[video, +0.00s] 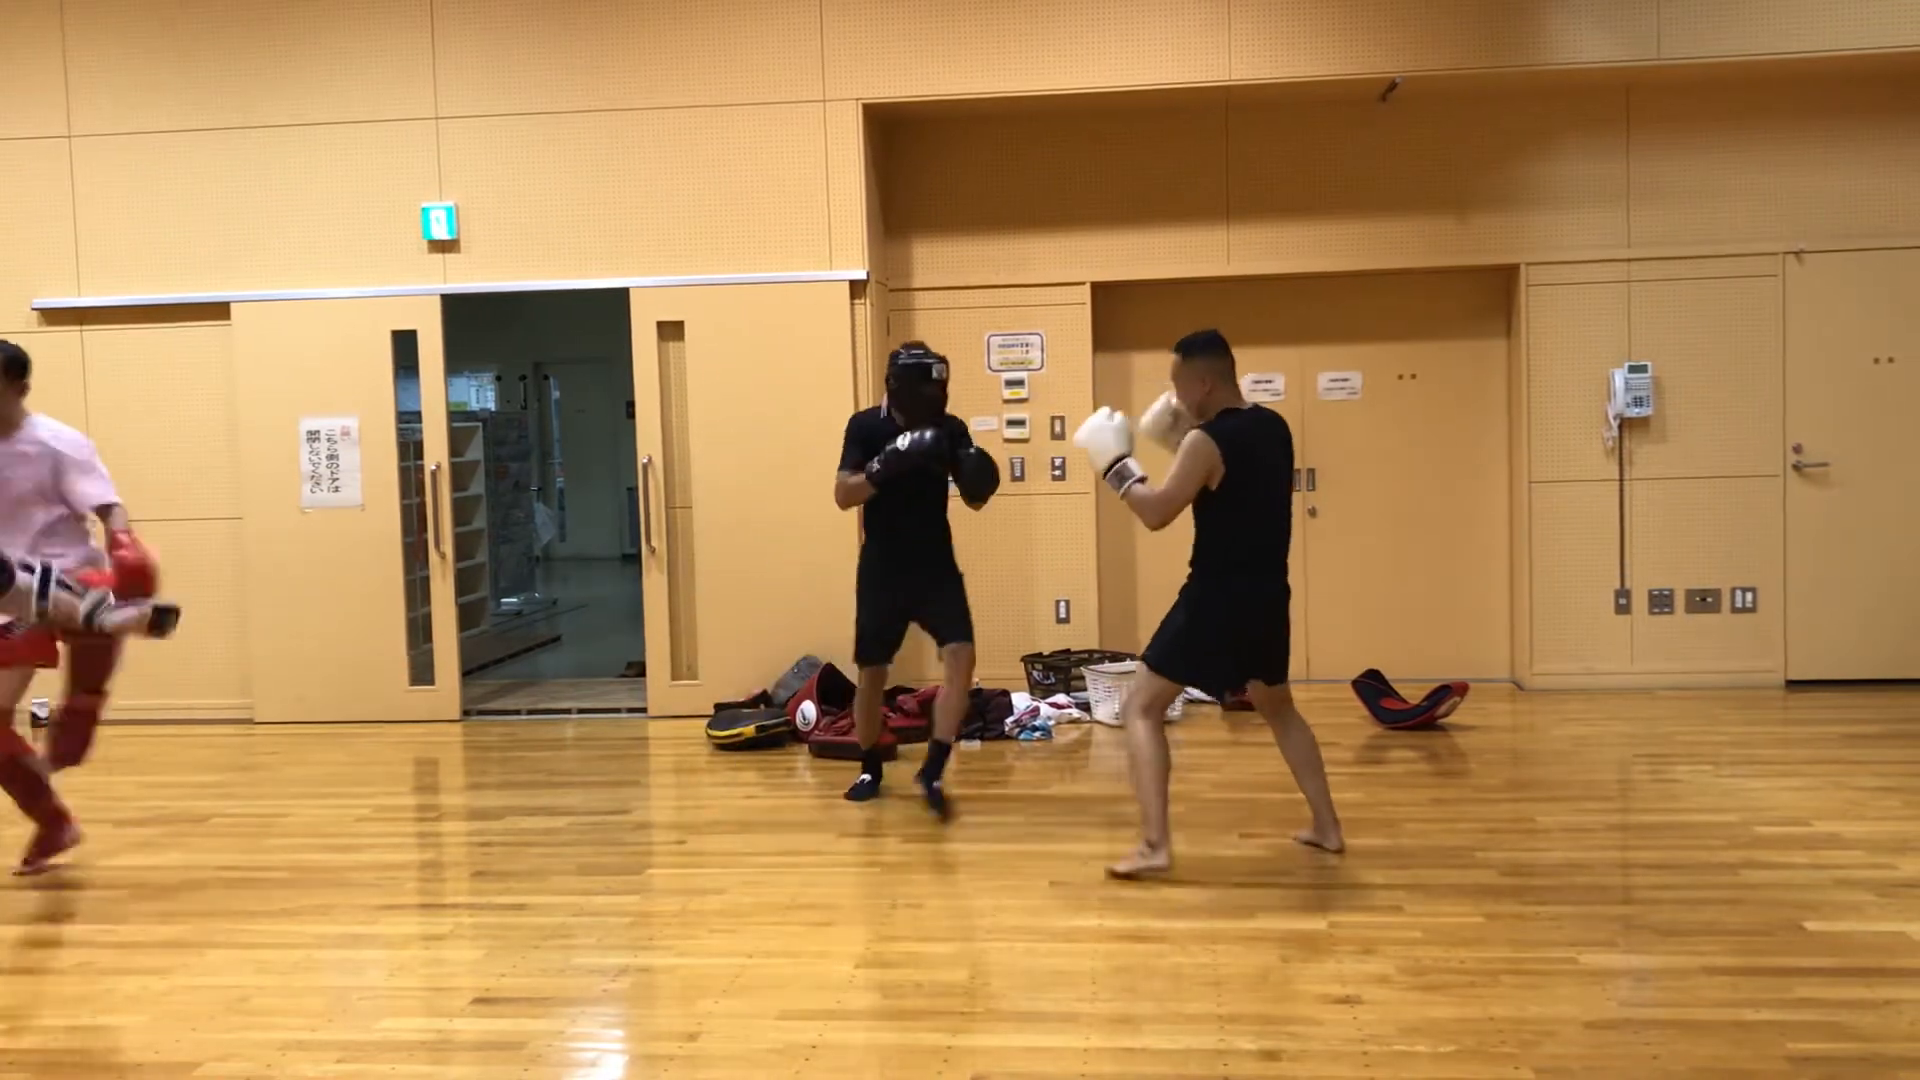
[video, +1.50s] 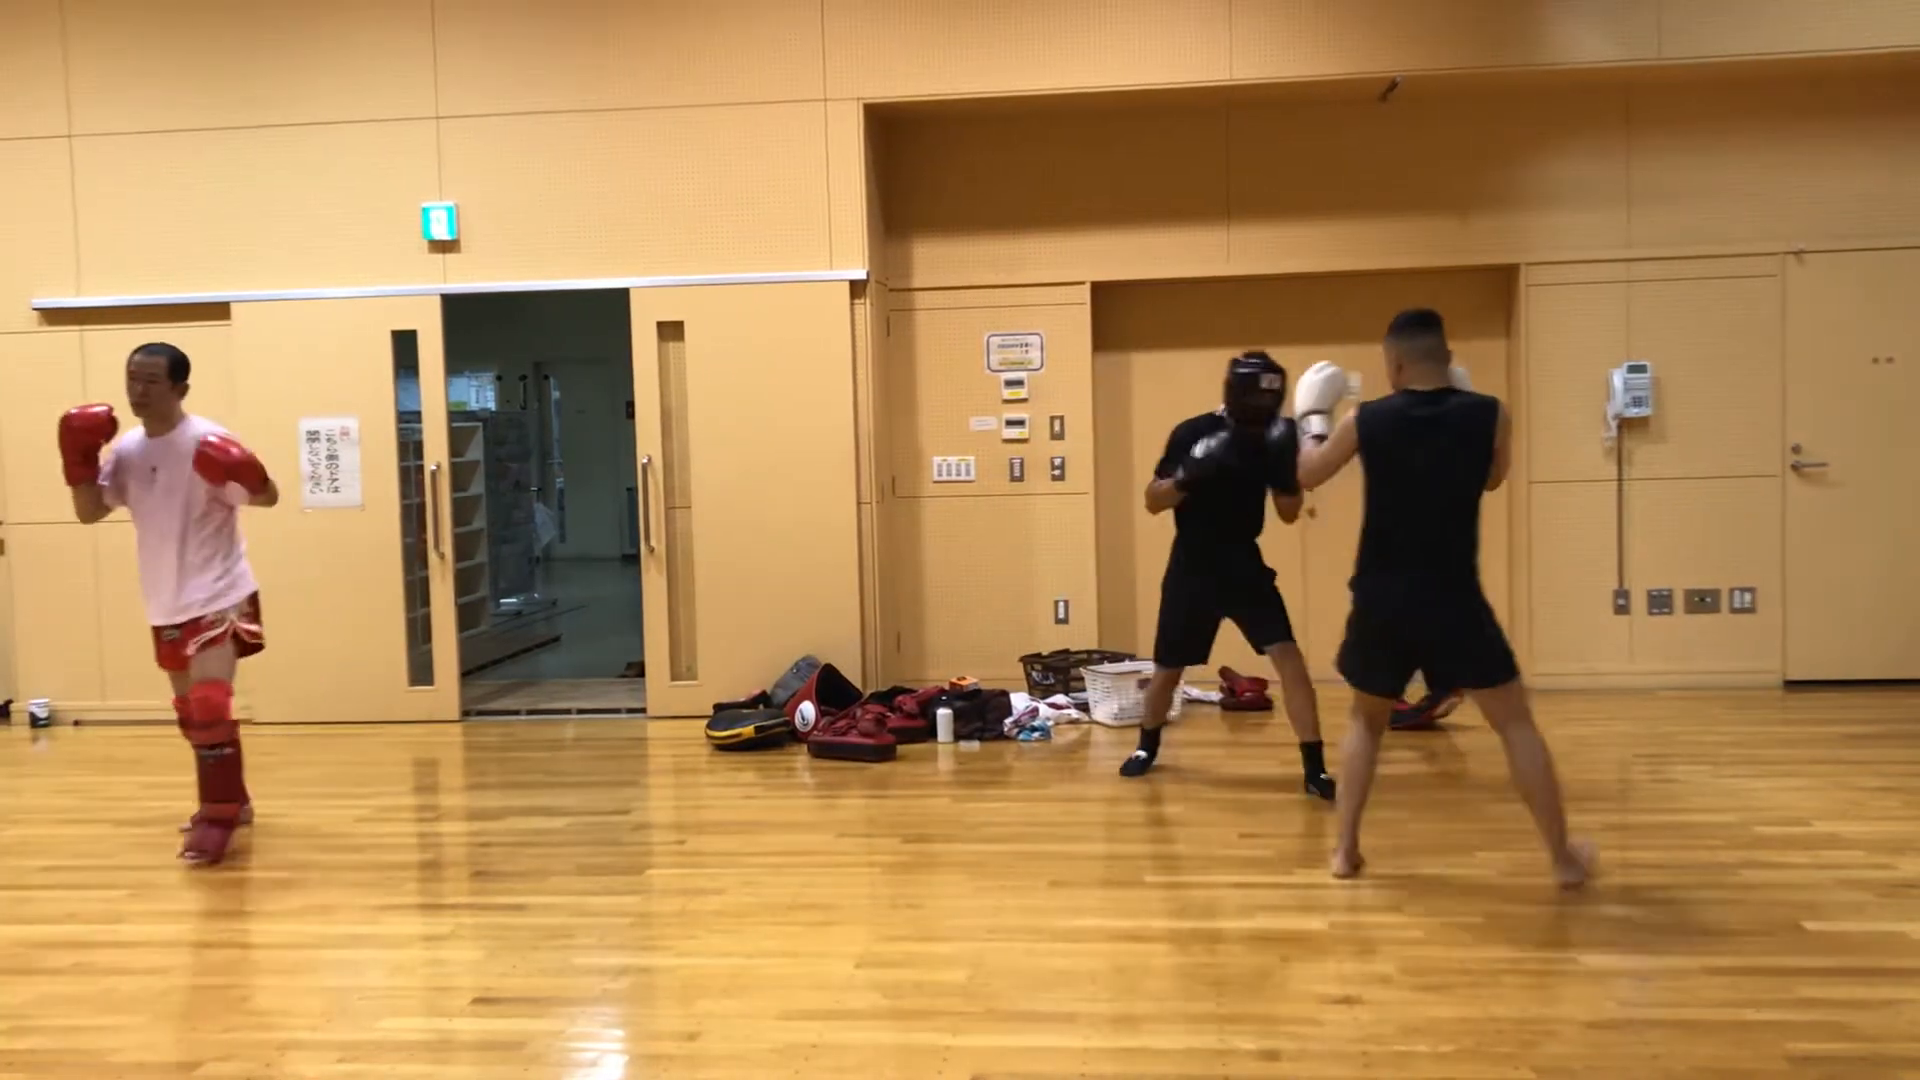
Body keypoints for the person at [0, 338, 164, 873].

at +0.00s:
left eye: (3, 388)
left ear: (20, 387)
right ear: (11, 387)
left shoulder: (57, 446)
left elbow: (107, 505)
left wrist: (122, 545)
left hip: (73, 587)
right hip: (15, 598)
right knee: (1, 725)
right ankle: (52, 822)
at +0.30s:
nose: (72, 395)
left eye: (83, 386)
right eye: (68, 385)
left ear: (118, 391)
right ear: (64, 389)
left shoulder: (166, 450)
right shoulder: (55, 462)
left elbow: (210, 508)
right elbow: (18, 538)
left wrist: (242, 549)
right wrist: (35, 513)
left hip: (184, 603)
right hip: (105, 618)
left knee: (254, 699)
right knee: (64, 735)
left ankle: (304, 795)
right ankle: (68, 837)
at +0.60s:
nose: (180, 390)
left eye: (192, 382)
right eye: (179, 380)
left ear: (227, 388)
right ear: (178, 383)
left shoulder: (270, 444)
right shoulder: (170, 448)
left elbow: (303, 511)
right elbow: (136, 502)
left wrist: (269, 530)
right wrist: (145, 513)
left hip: (278, 599)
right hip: (208, 600)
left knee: (303, 704)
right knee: (172, 710)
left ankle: (323, 809)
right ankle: (201, 797)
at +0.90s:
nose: (197, 385)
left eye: (207, 374)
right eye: (193, 374)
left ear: (237, 381)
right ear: (187, 381)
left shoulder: (270, 428)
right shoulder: (191, 442)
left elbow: (292, 481)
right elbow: (150, 496)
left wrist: (247, 429)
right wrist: (133, 452)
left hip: (288, 585)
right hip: (229, 590)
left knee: (306, 701)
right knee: (212, 699)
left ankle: (325, 810)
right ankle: (251, 785)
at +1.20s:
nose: (160, 387)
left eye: (172, 378)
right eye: (156, 378)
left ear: (204, 384)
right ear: (155, 384)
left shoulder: (235, 438)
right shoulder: (162, 447)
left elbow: (277, 491)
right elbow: (135, 509)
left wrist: (233, 470)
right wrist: (112, 461)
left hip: (248, 594)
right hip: (195, 600)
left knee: (261, 702)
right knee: (204, 708)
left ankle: (307, 804)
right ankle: (232, 799)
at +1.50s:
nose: (137, 389)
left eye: (150, 381)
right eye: (132, 379)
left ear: (179, 388)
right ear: (125, 384)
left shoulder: (207, 442)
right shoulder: (125, 450)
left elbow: (267, 498)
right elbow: (90, 510)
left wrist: (248, 473)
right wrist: (78, 458)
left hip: (217, 594)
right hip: (165, 601)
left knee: (210, 708)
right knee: (191, 714)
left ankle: (217, 817)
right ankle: (229, 802)